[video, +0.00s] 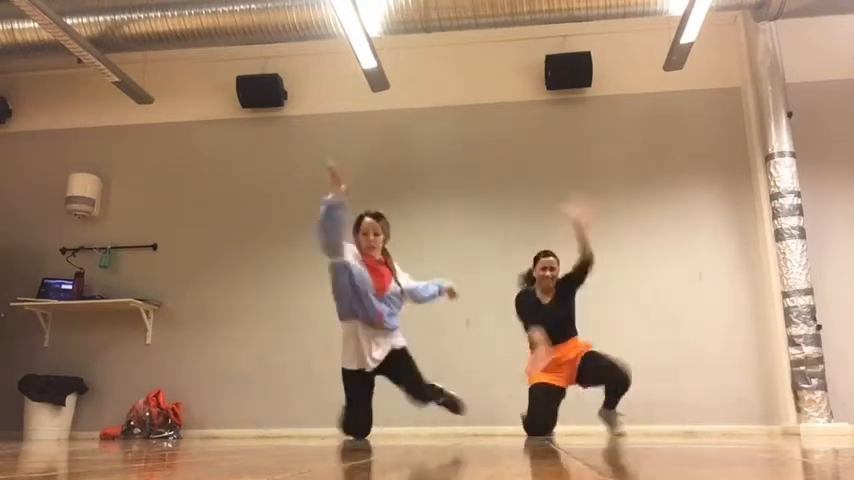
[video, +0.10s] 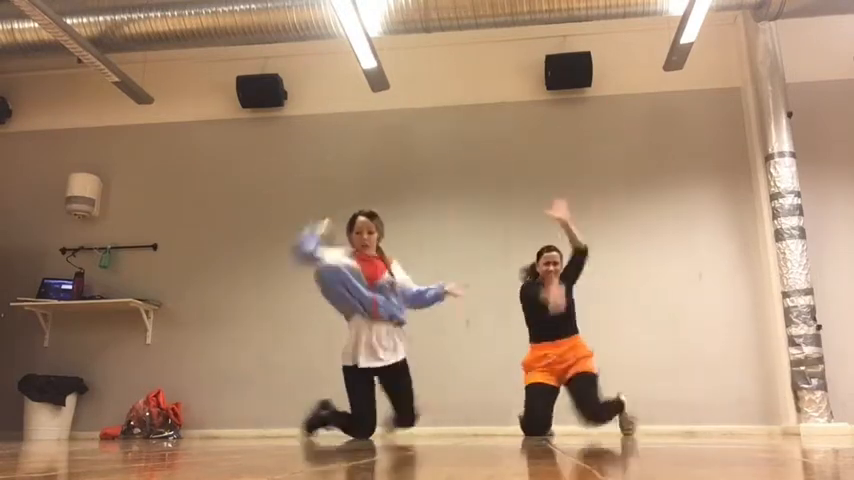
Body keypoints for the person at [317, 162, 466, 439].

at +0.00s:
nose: (371, 240)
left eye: (376, 234)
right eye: (365, 234)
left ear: (385, 238)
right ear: (355, 238)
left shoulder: (392, 271)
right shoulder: (346, 261)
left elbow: (413, 291)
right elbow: (331, 236)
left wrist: (442, 289)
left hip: (389, 344)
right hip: (356, 348)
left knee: (418, 391)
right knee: (359, 426)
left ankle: (441, 398)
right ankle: (348, 418)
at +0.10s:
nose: (365, 238)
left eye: (370, 232)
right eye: (359, 233)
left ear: (379, 236)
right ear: (350, 237)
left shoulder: (390, 266)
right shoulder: (342, 261)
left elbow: (410, 296)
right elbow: (308, 255)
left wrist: (441, 290)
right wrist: (315, 234)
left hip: (390, 346)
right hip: (359, 349)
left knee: (407, 419)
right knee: (363, 429)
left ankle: (393, 422)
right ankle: (326, 415)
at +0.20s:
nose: (364, 242)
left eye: (369, 236)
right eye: (358, 236)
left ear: (379, 239)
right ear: (350, 241)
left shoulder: (395, 267)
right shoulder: (345, 278)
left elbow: (427, 289)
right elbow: (315, 303)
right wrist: (306, 277)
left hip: (389, 360)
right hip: (357, 361)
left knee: (389, 430)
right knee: (362, 429)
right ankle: (310, 417)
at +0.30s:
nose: (367, 241)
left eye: (373, 235)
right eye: (361, 236)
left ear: (384, 239)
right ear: (355, 241)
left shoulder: (397, 273)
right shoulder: (350, 278)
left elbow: (415, 263)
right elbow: (342, 317)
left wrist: (395, 244)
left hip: (388, 360)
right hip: (354, 359)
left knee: (391, 429)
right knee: (358, 426)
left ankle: (367, 417)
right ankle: (304, 420)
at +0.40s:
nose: (364, 243)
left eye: (370, 237)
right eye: (358, 238)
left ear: (381, 240)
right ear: (352, 243)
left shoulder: (396, 268)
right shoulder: (347, 281)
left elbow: (410, 245)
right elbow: (332, 318)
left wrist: (395, 221)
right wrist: (305, 345)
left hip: (390, 352)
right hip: (357, 349)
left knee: (393, 428)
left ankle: (375, 423)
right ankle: (308, 417)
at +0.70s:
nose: (333, 235)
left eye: (339, 229)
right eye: (328, 230)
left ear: (350, 232)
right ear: (322, 235)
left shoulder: (372, 254)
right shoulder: (319, 262)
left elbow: (400, 249)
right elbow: (295, 246)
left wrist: (384, 220)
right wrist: (306, 216)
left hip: (383, 344)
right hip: (355, 344)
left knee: (387, 422)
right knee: (320, 361)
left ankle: (430, 430)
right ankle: (341, 422)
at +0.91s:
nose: (318, 204)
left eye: (323, 198)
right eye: (312, 199)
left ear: (335, 202)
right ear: (307, 207)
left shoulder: (355, 226)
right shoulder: (318, 245)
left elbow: (390, 238)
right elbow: (308, 281)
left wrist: (424, 242)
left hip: (380, 315)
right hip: (350, 319)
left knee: (381, 384)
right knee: (322, 361)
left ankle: (422, 405)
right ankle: (339, 421)